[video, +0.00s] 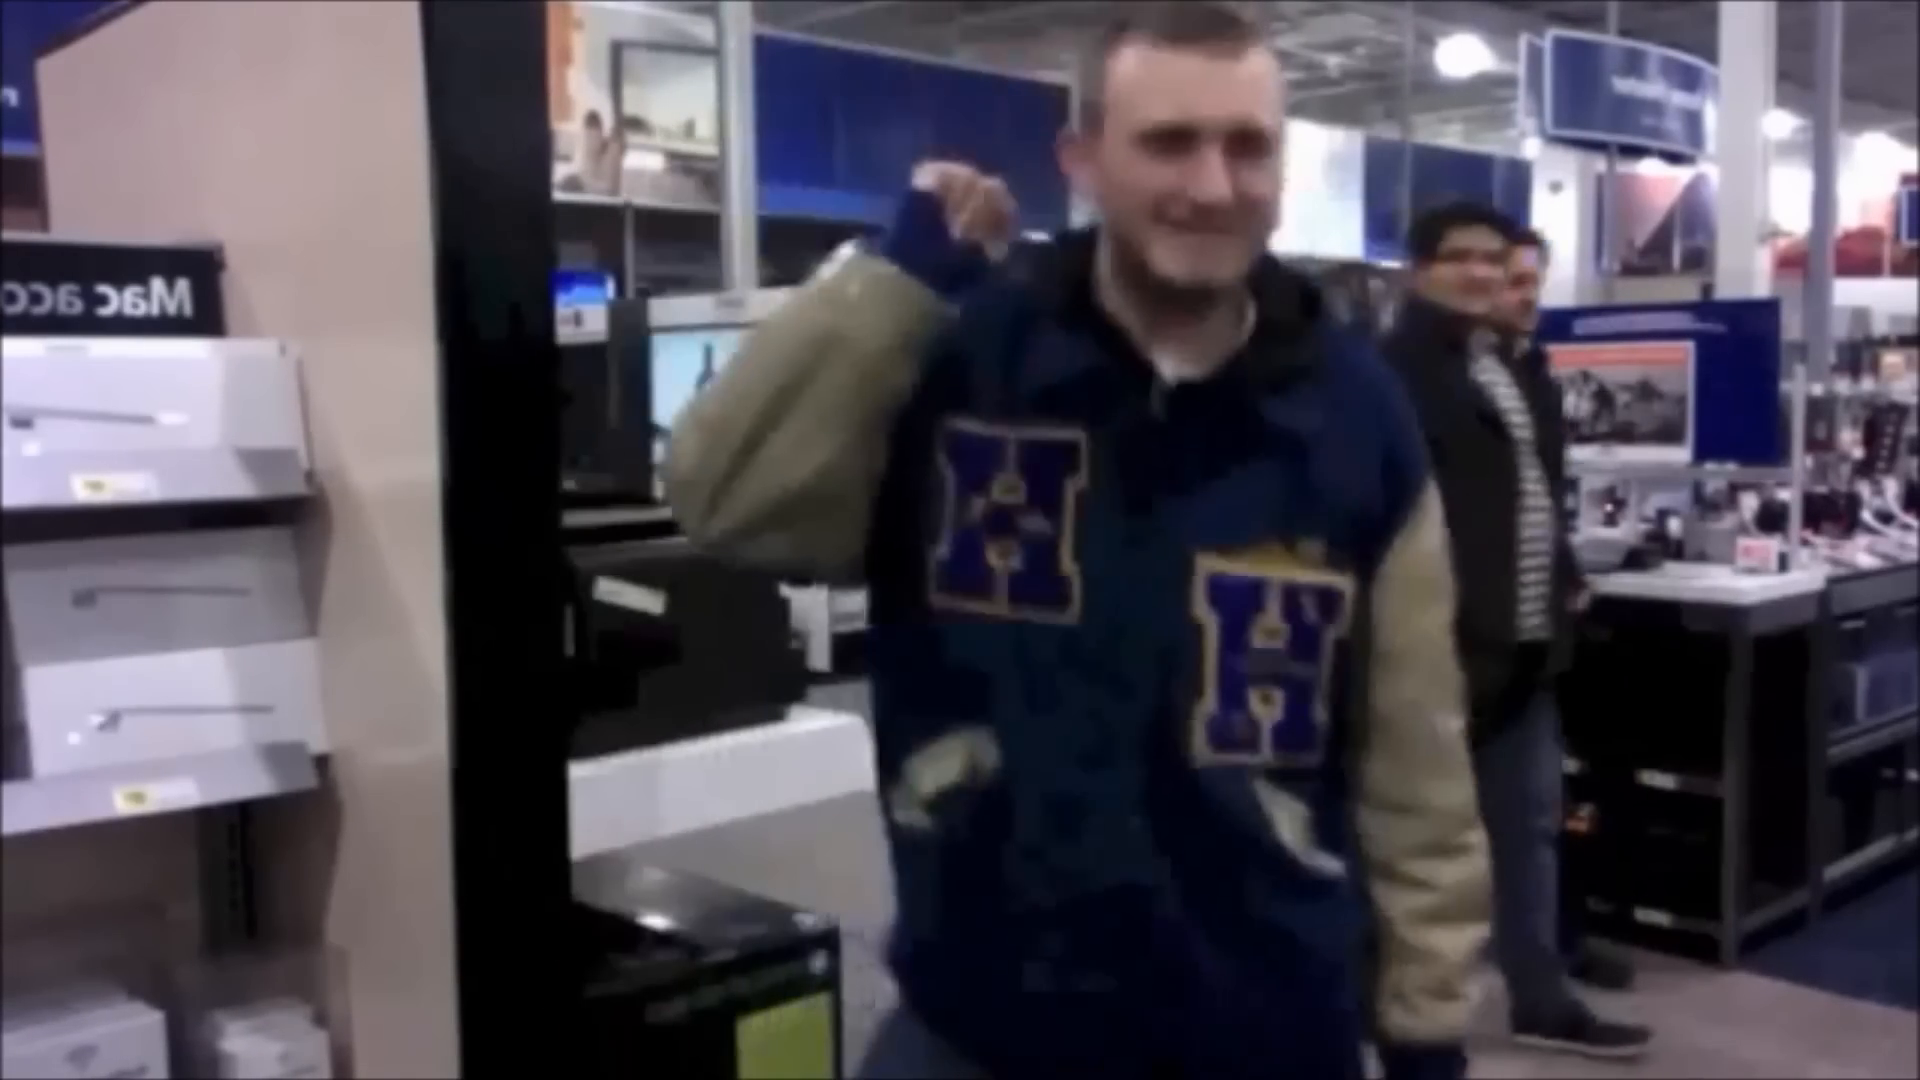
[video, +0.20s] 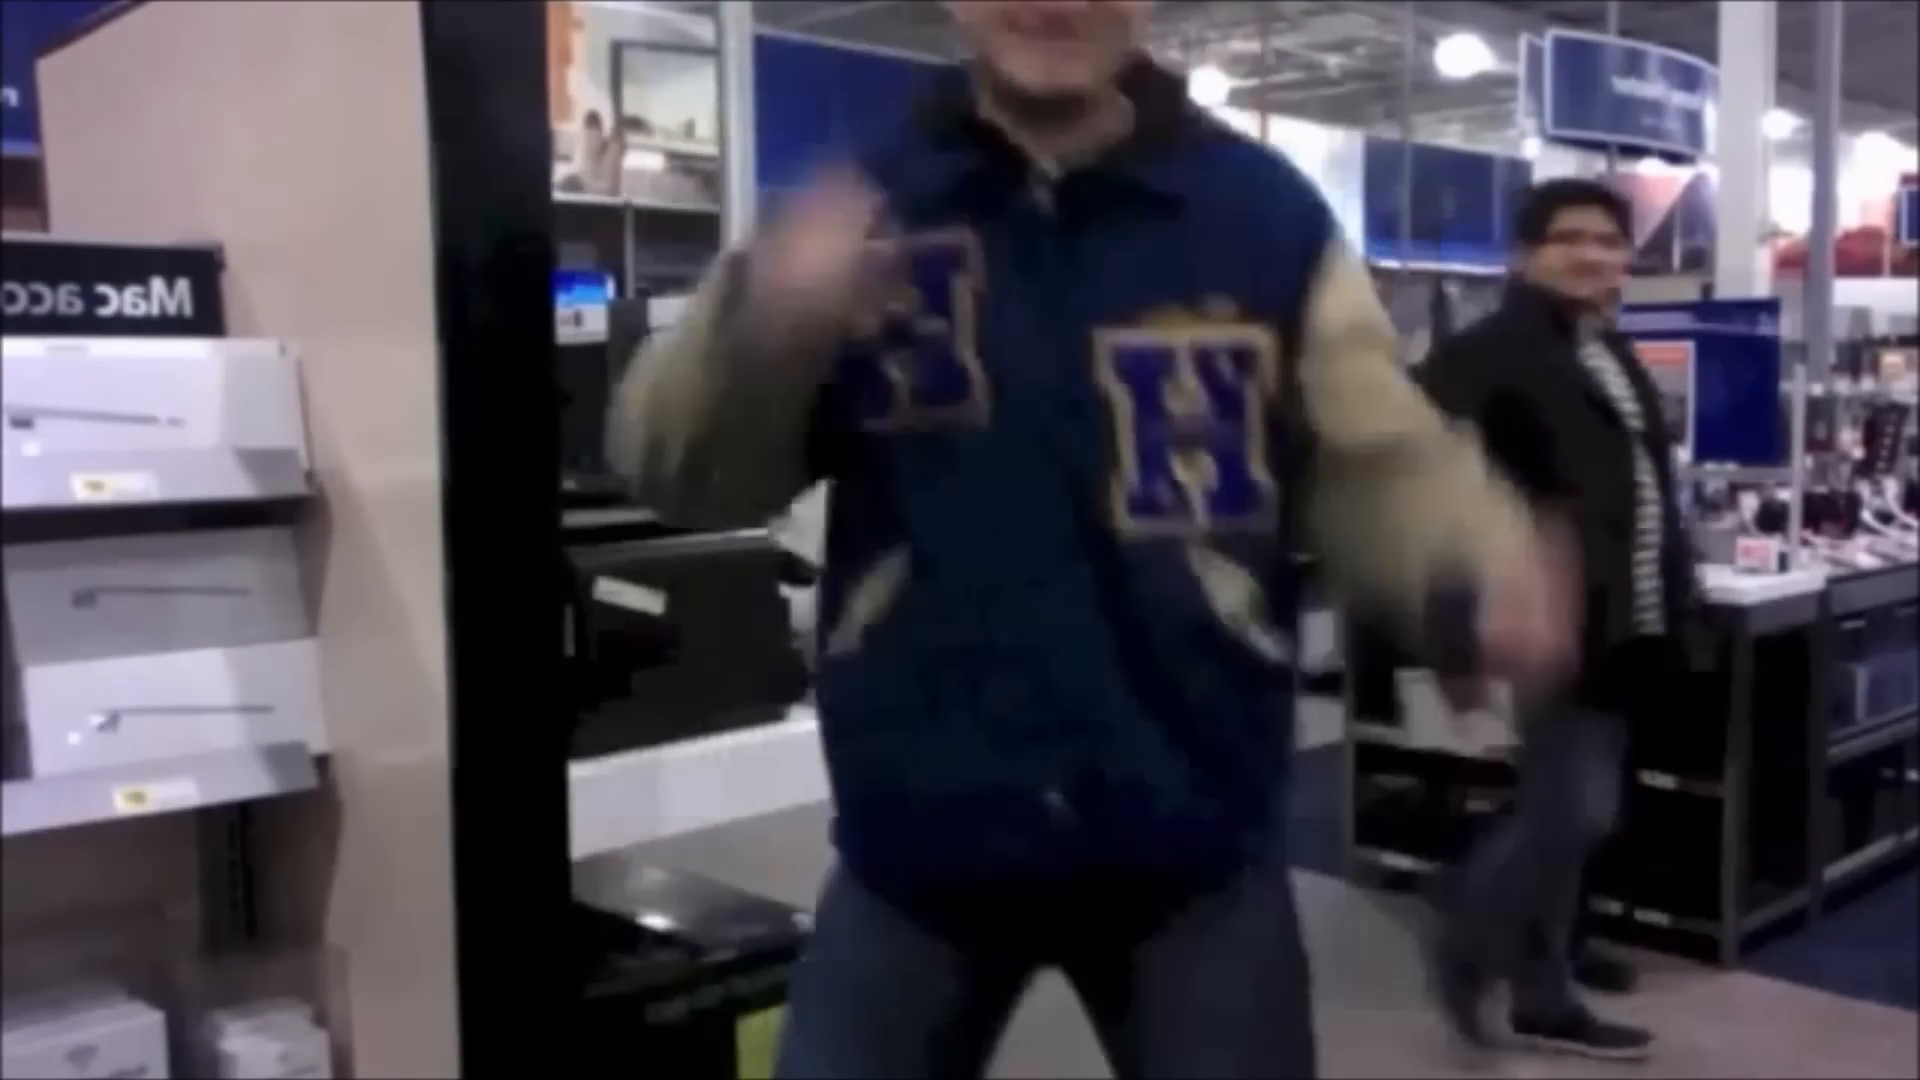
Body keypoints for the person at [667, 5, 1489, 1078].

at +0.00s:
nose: (1214, 184)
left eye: (1247, 147)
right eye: (1170, 144)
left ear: (1281, 167)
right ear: (1081, 159)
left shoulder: (1352, 405)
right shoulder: (965, 358)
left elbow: (1414, 749)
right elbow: (721, 499)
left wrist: (1426, 1029)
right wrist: (903, 271)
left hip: (1264, 1021)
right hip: (989, 1013)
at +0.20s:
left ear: (1144, 9)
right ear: (956, 4)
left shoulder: (1257, 209)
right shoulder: (866, 202)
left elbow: (1377, 457)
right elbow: (681, 474)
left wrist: (1484, 557)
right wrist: (765, 318)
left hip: (1190, 835)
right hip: (932, 832)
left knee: (1247, 1060)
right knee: (835, 1064)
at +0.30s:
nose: (999, 2)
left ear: (1102, 11)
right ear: (907, 12)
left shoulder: (1223, 209)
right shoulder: (807, 221)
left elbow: (1348, 451)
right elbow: (674, 454)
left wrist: (1472, 416)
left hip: (1163, 840)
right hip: (905, 843)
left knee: (1224, 1060)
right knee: (818, 1065)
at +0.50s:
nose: (834, 155)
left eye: (878, 116)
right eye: (804, 116)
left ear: (978, 134)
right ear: (774, 135)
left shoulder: (1132, 329)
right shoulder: (716, 387)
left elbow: (1388, 426)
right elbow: (656, 730)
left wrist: (1219, 219)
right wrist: (665, 1017)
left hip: (1117, 994)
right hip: (845, 1001)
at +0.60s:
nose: (809, 94)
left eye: (854, 56)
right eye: (781, 58)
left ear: (953, 78)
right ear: (752, 82)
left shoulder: (1114, 274)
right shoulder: (697, 331)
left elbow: (1365, 414)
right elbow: (649, 659)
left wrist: (1250, 171)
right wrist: (669, 942)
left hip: (1117, 909)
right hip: (851, 926)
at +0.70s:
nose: (809, 94)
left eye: (854, 56)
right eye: (781, 58)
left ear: (953, 78)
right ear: (752, 82)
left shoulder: (1114, 274)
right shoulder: (697, 331)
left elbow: (1365, 413)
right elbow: (649, 659)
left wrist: (1250, 171)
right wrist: (669, 942)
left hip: (1117, 909)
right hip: (851, 926)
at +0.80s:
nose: (827, 150)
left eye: (869, 107)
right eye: (801, 109)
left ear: (979, 115)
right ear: (774, 120)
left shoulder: (1153, 306)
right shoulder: (740, 384)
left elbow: (1393, 470)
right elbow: (664, 711)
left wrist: (1284, 234)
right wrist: (608, 1000)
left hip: (1151, 986)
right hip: (880, 994)